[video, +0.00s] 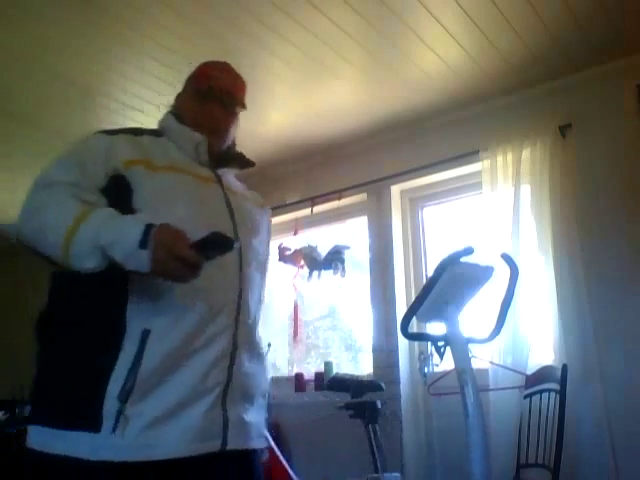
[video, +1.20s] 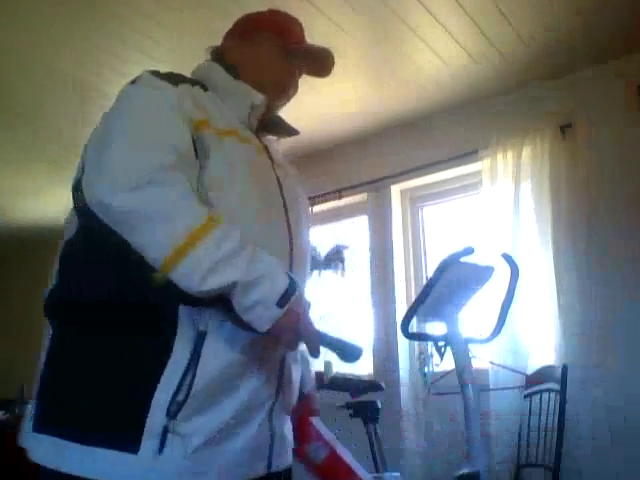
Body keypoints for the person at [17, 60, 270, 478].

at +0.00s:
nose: (233, 119)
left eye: (239, 109)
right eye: (226, 102)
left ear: (240, 117)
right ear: (195, 94)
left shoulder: (247, 199)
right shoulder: (113, 151)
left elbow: (245, 318)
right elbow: (41, 213)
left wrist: (257, 426)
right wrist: (135, 241)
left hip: (231, 442)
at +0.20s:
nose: (268, 115)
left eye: (275, 106)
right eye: (258, 101)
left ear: (280, 115)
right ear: (222, 96)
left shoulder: (282, 194)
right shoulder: (155, 146)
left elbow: (283, 312)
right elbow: (83, 212)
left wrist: (300, 428)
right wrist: (175, 231)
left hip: (261, 442)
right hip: (147, 438)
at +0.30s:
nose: (282, 115)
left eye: (294, 108)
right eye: (272, 101)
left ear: (301, 118)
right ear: (239, 98)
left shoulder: (313, 197)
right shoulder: (173, 154)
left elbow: (322, 312)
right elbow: (108, 222)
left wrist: (349, 390)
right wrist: (208, 234)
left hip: (296, 446)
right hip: (181, 443)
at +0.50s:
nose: (302, 96)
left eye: (309, 88)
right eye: (289, 84)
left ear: (314, 101)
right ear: (250, 87)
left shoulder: (339, 186)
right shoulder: (181, 152)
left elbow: (379, 288)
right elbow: (122, 223)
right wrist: (219, 238)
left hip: (308, 430)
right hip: (194, 426)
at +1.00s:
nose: (302, 69)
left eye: (305, 61)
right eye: (290, 52)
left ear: (301, 76)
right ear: (242, 48)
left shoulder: (306, 168)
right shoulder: (164, 116)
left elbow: (325, 278)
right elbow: (124, 209)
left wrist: (352, 347)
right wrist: (247, 280)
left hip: (299, 425)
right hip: (193, 424)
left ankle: (503, 457)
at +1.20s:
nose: (296, 79)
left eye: (300, 68)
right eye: (289, 59)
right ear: (242, 45)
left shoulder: (274, 161)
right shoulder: (158, 98)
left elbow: (282, 289)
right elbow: (132, 191)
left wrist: (300, 389)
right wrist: (261, 288)